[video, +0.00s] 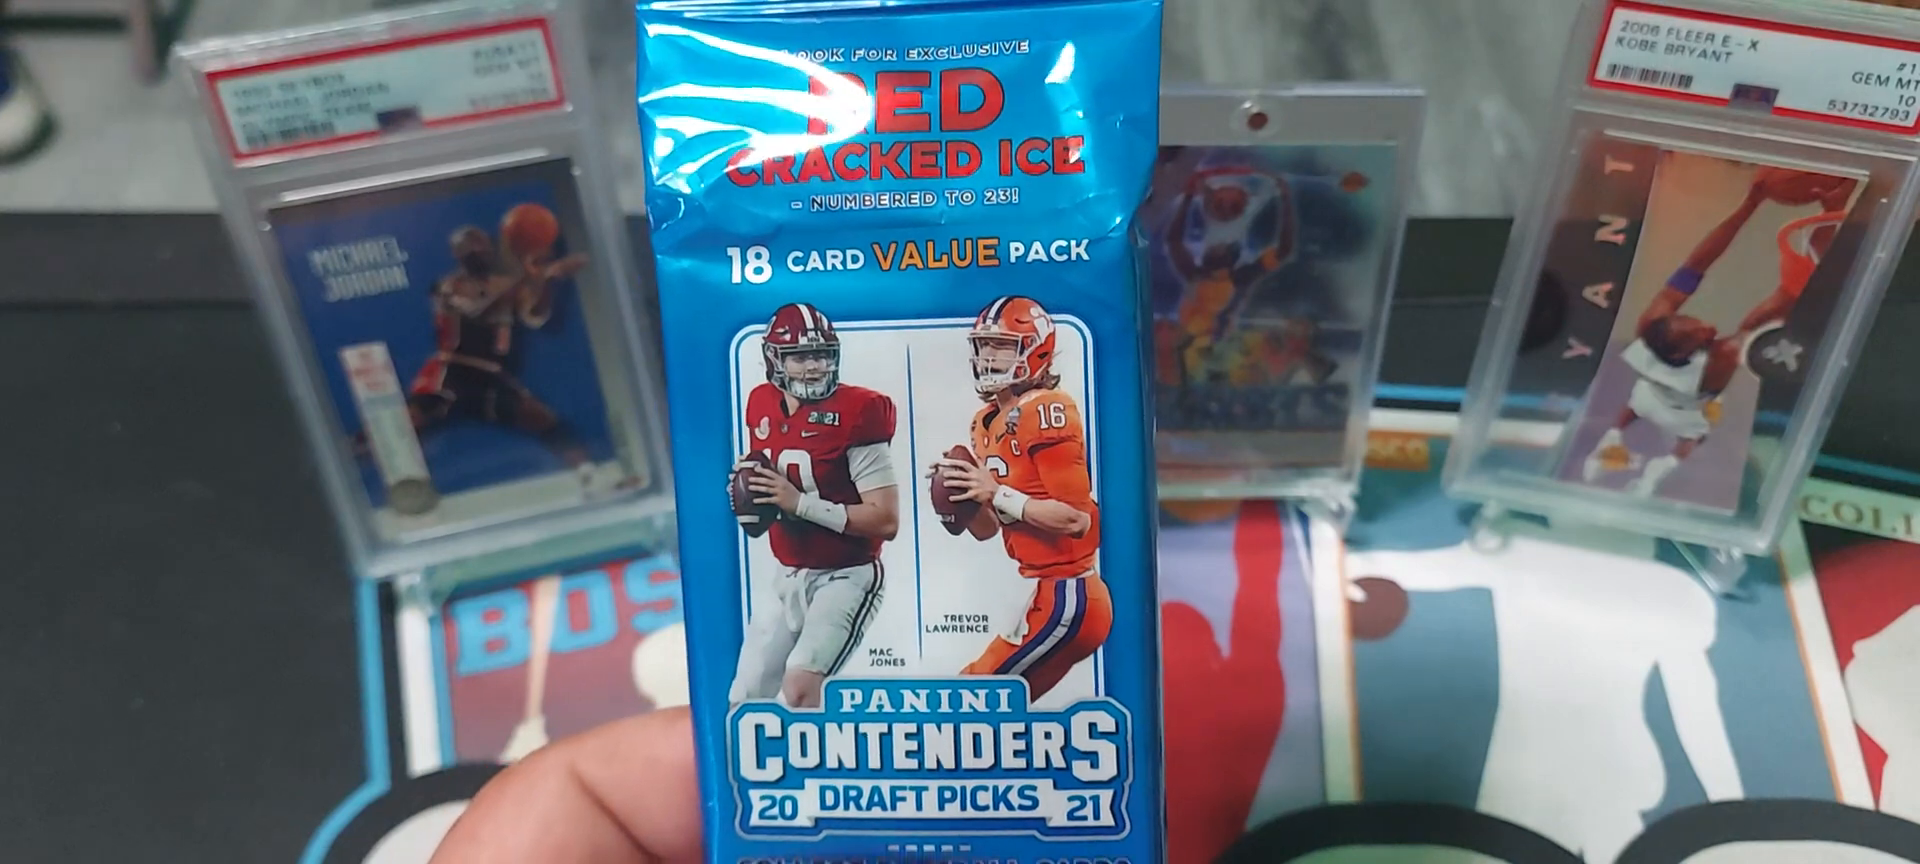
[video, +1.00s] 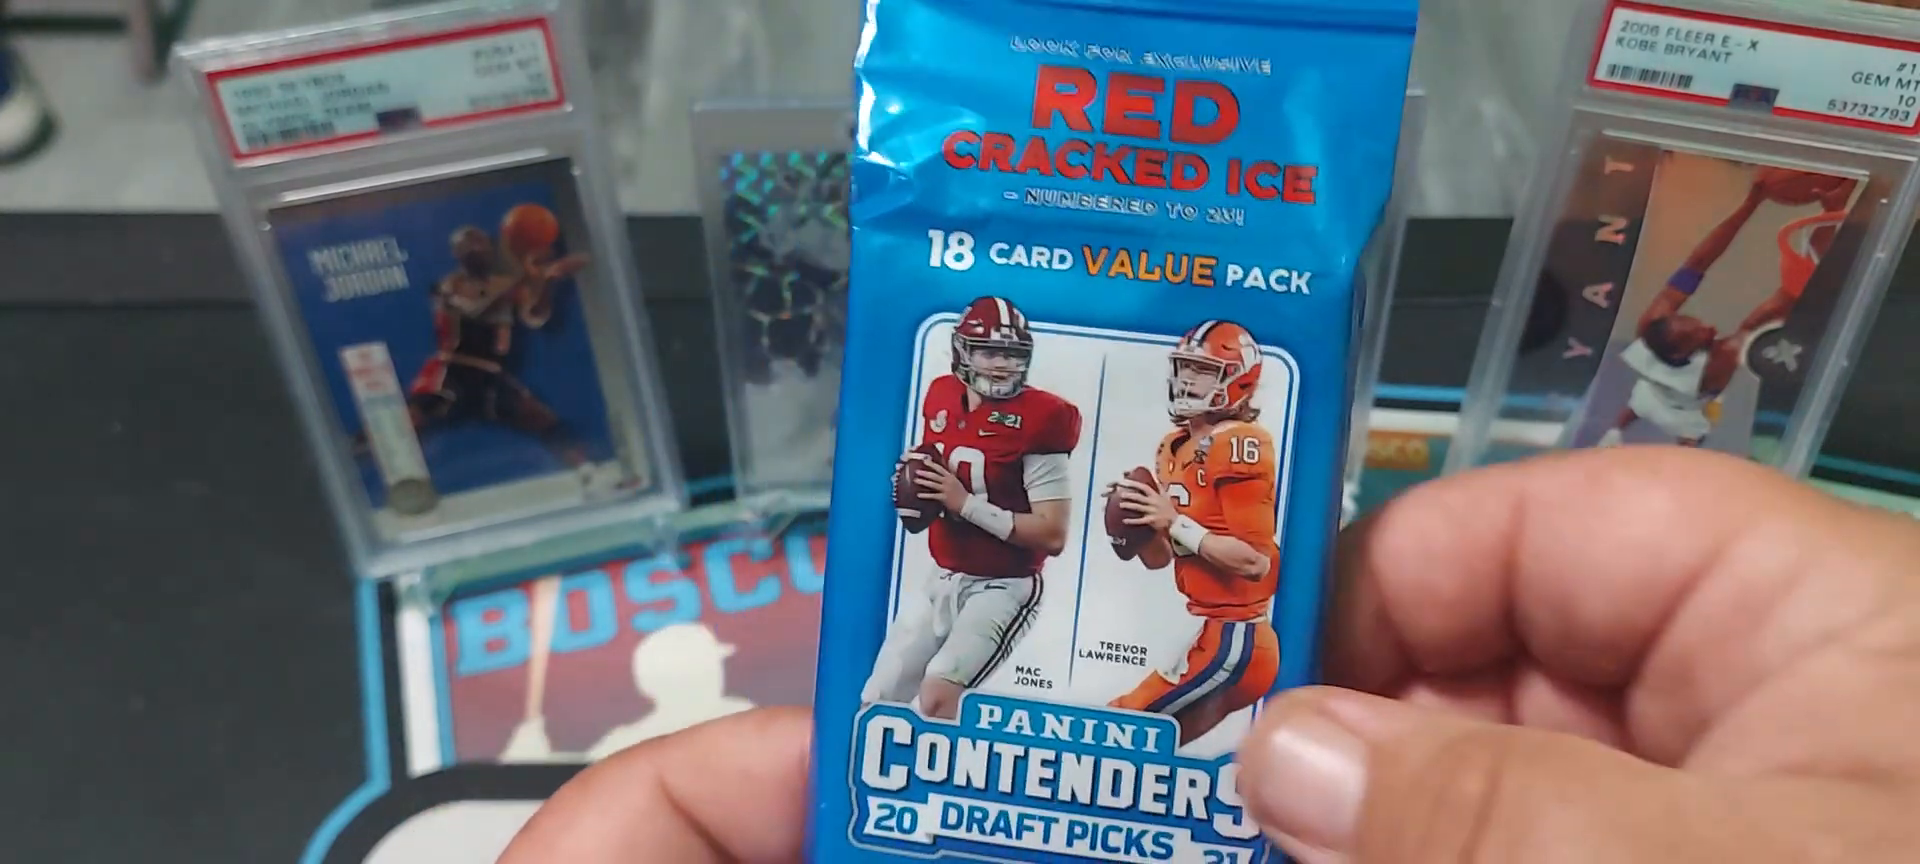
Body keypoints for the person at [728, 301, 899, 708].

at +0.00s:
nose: (813, 366)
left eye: (821, 355)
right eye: (800, 356)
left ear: (834, 357)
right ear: (776, 359)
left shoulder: (860, 411)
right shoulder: (762, 402)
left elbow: (885, 521)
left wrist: (798, 502)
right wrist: (745, 490)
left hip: (849, 576)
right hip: (788, 578)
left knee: (799, 689)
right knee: (744, 701)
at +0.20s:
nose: (765, 349)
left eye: (773, 338)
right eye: (752, 339)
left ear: (787, 339)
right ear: (728, 343)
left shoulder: (816, 395)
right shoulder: (716, 387)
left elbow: (843, 506)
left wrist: (755, 488)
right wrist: (702, 478)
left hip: (808, 561)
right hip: (746, 564)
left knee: (760, 677)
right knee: (705, 690)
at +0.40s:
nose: (852, 384)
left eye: (861, 372)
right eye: (838, 373)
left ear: (875, 375)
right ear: (813, 377)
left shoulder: (902, 432)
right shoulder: (802, 420)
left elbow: (925, 546)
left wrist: (836, 524)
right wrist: (783, 514)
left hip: (887, 602)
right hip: (826, 602)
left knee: (836, 715)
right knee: (779, 726)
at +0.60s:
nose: (940, 423)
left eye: (950, 411)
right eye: (926, 411)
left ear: (964, 414)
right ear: (900, 415)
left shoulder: (988, 475)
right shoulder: (884, 458)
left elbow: (1007, 594)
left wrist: (916, 566)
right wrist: (862, 552)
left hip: (965, 650)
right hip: (899, 645)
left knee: (907, 762)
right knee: (850, 767)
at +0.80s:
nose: (959, 402)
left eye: (968, 391)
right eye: (946, 391)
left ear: (982, 394)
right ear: (919, 393)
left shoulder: (1004, 453)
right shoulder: (901, 436)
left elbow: (1021, 570)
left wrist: (932, 544)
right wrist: (877, 527)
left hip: (977, 626)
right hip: (910, 621)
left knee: (916, 738)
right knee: (858, 743)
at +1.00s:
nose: (1003, 364)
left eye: (1014, 354)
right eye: (989, 352)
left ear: (1026, 358)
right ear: (963, 352)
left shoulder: (1045, 417)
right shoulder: (942, 394)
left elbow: (1053, 534)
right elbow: (933, 469)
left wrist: (966, 504)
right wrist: (911, 480)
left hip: (1006, 588)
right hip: (941, 580)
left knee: (937, 697)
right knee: (878, 698)